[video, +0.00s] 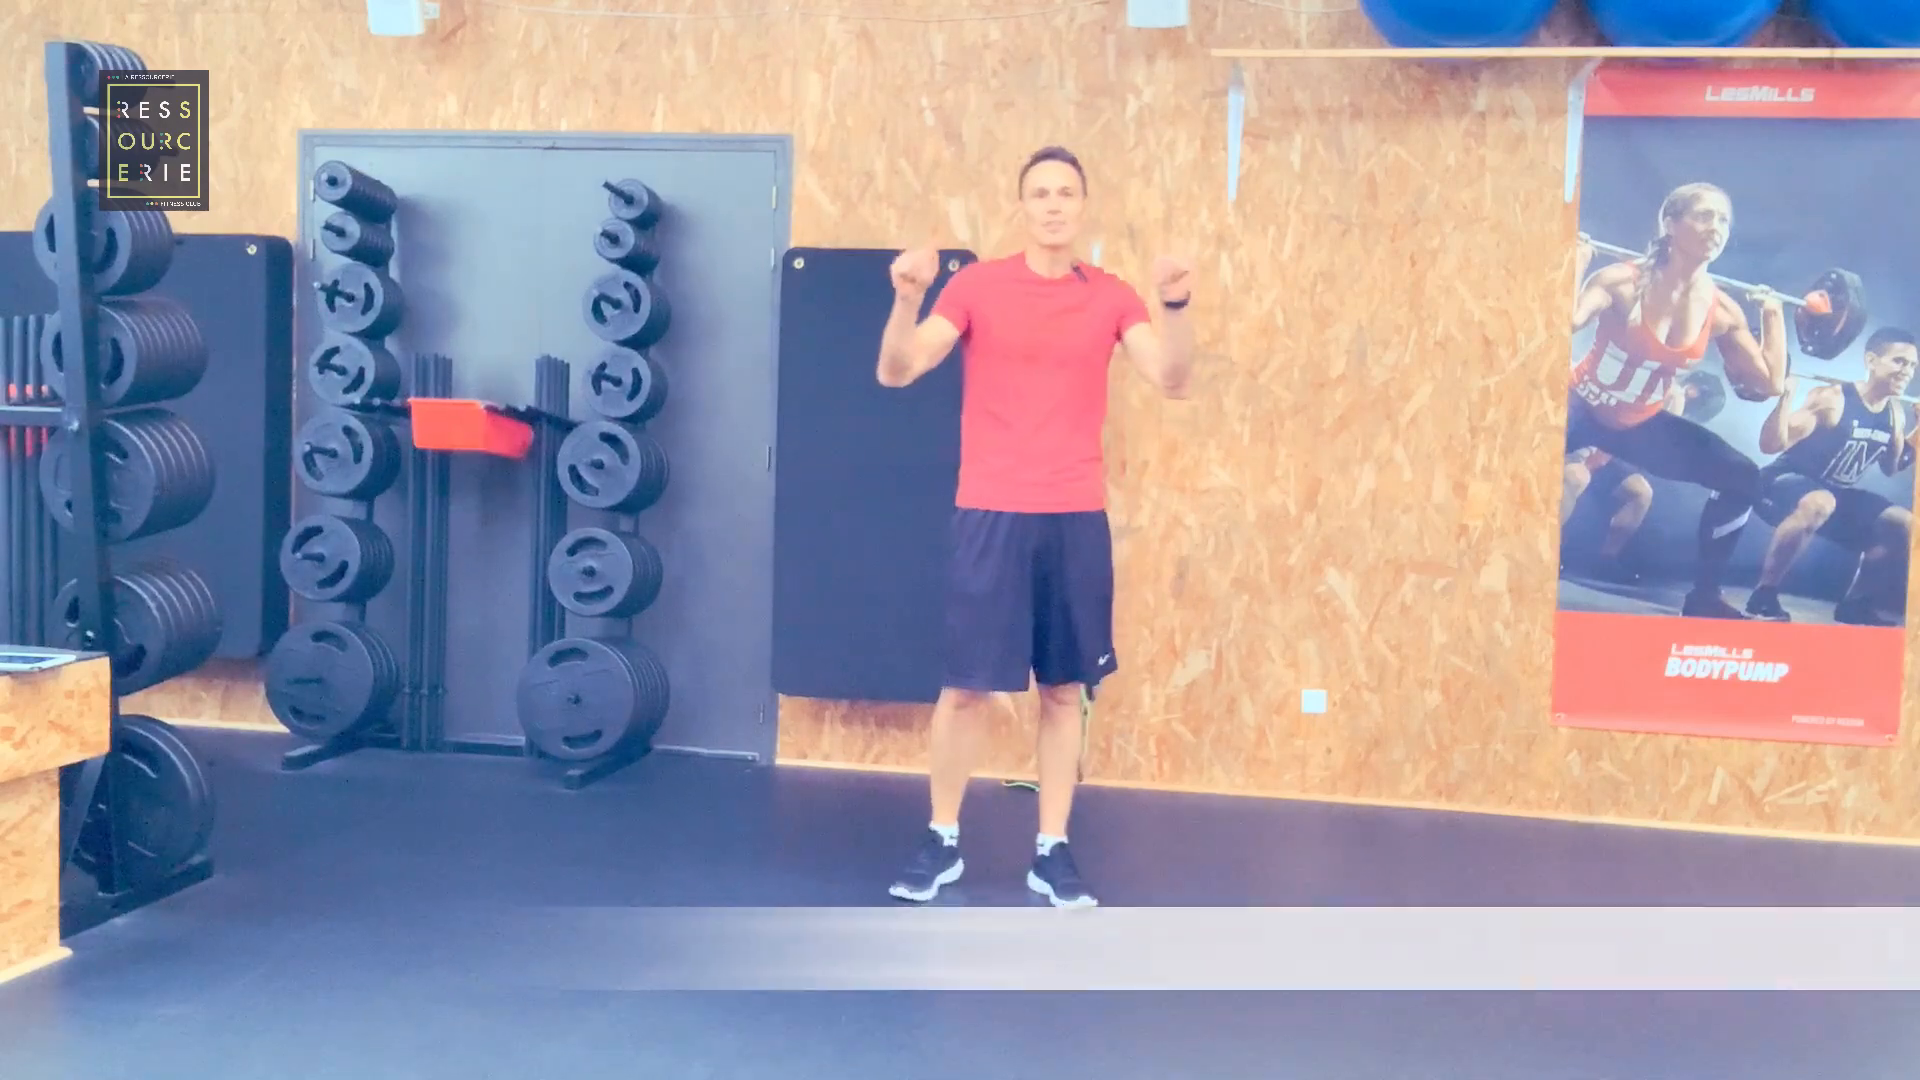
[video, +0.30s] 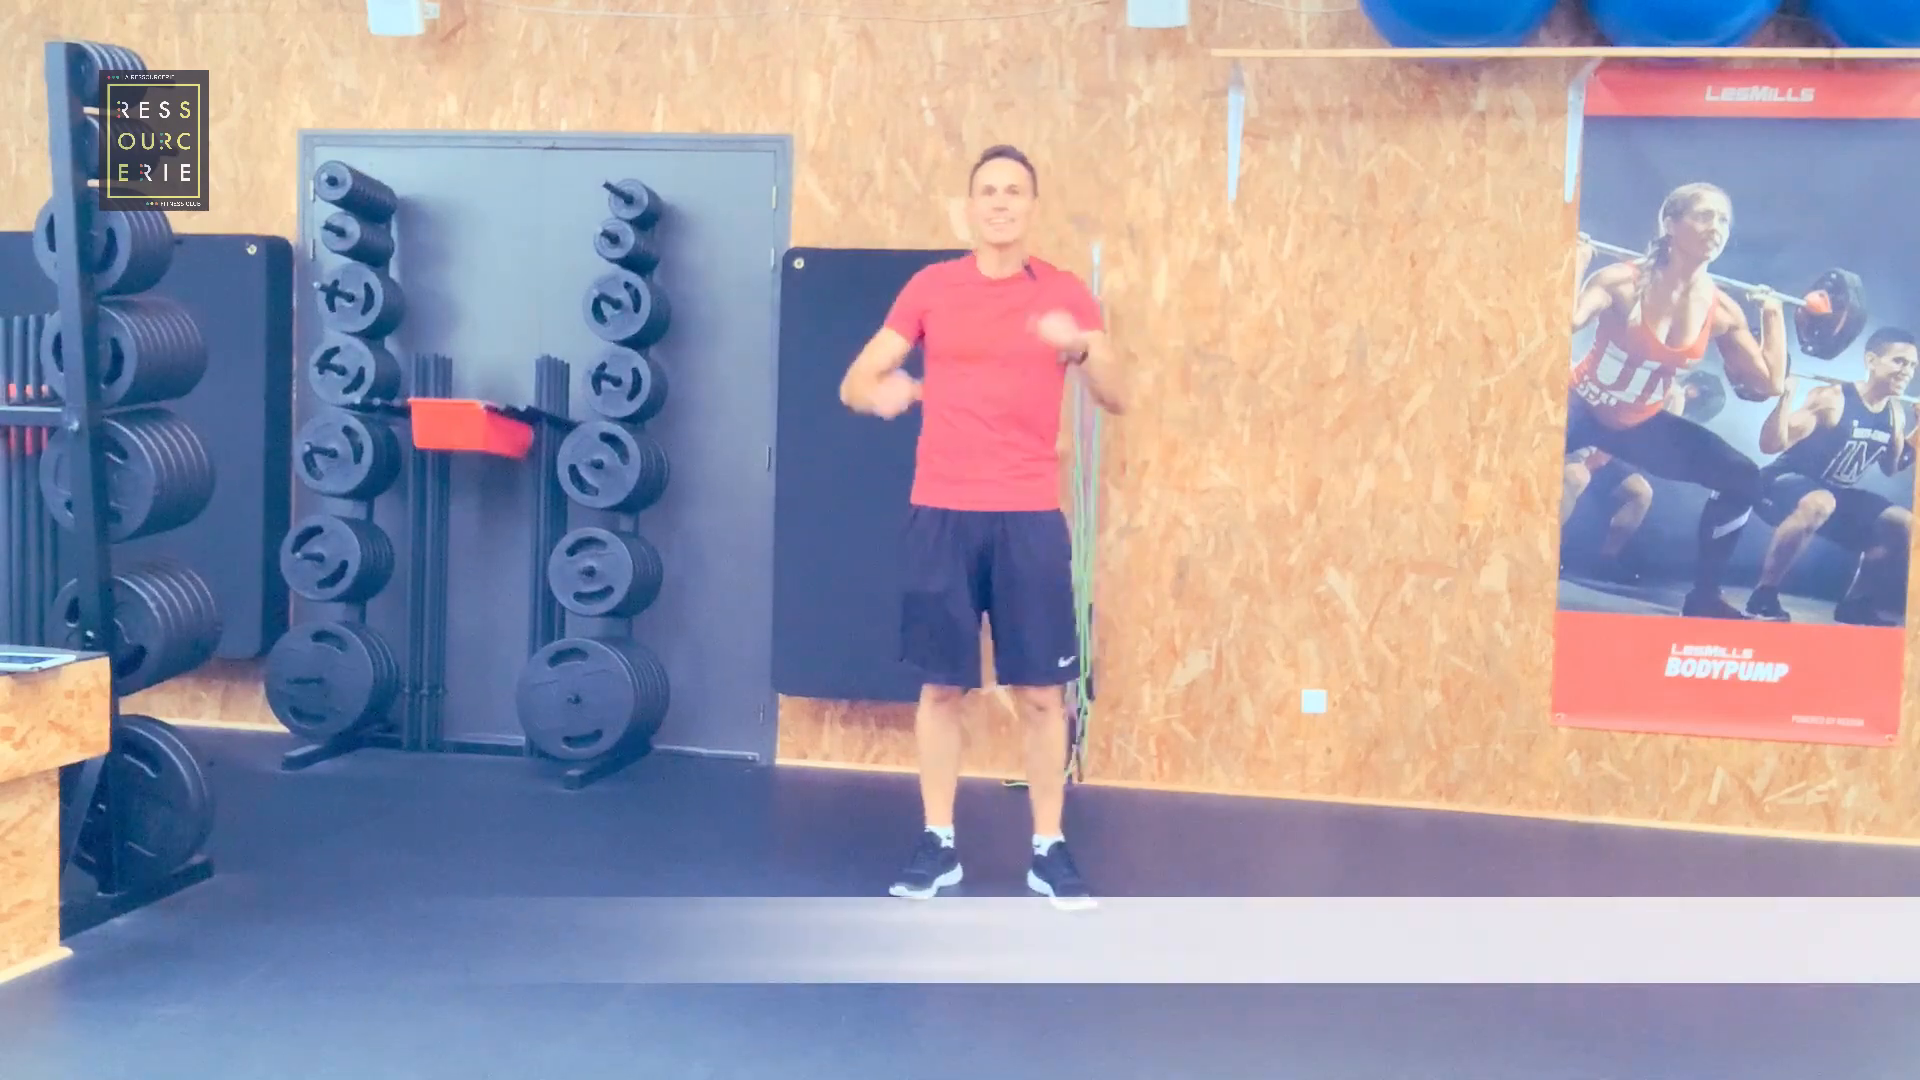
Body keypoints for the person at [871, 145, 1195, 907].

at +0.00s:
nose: (1053, 205)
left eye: (1065, 194)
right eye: (1040, 194)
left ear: (1086, 208)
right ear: (1019, 209)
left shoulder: (1110, 293)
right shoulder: (977, 283)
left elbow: (1172, 378)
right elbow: (895, 372)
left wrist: (1174, 305)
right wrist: (905, 300)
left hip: (1075, 514)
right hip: (989, 511)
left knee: (1064, 688)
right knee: (966, 686)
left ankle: (1052, 853)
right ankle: (942, 844)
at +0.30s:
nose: (999, 204)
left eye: (1013, 193)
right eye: (988, 192)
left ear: (1034, 208)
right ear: (968, 207)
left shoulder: (1069, 294)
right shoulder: (930, 287)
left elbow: (1116, 399)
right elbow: (855, 384)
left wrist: (1085, 346)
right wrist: (881, 391)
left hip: (1031, 513)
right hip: (942, 511)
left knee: (1041, 692)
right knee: (940, 685)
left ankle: (1049, 850)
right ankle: (937, 846)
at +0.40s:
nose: (983, 205)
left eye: (998, 194)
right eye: (972, 192)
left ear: (1019, 208)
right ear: (953, 204)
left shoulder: (1051, 296)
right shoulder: (916, 291)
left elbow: (1093, 401)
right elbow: (860, 396)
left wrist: (1055, 417)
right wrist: (871, 460)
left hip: (1017, 515)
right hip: (929, 513)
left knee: (1032, 694)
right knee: (935, 687)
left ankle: (1047, 844)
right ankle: (937, 846)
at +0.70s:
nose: (957, 201)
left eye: (971, 190)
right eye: (945, 187)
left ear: (993, 207)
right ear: (923, 199)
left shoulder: (1026, 292)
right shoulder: (882, 294)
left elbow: (1059, 408)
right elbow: (862, 411)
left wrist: (1084, 503)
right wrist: (853, 509)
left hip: (1005, 515)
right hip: (914, 518)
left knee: (1007, 687)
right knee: (929, 690)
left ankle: (1011, 867)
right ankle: (936, 844)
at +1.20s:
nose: (1003, 191)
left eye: (1019, 183)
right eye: (993, 176)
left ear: (1037, 202)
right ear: (967, 185)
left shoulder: (1064, 297)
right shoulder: (911, 282)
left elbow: (1088, 416)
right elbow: (866, 400)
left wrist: (1093, 530)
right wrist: (852, 494)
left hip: (1026, 526)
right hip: (932, 524)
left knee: (1004, 709)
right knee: (918, 710)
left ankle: (980, 884)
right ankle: (929, 825)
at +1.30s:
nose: (1007, 187)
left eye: (1024, 179)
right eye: (998, 172)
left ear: (1044, 200)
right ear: (974, 182)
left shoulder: (1071, 292)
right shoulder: (920, 279)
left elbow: (1099, 406)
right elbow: (875, 394)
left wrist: (1101, 512)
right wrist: (869, 482)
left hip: (1033, 525)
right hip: (936, 521)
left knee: (1006, 713)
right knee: (913, 717)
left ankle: (980, 884)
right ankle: (925, 822)